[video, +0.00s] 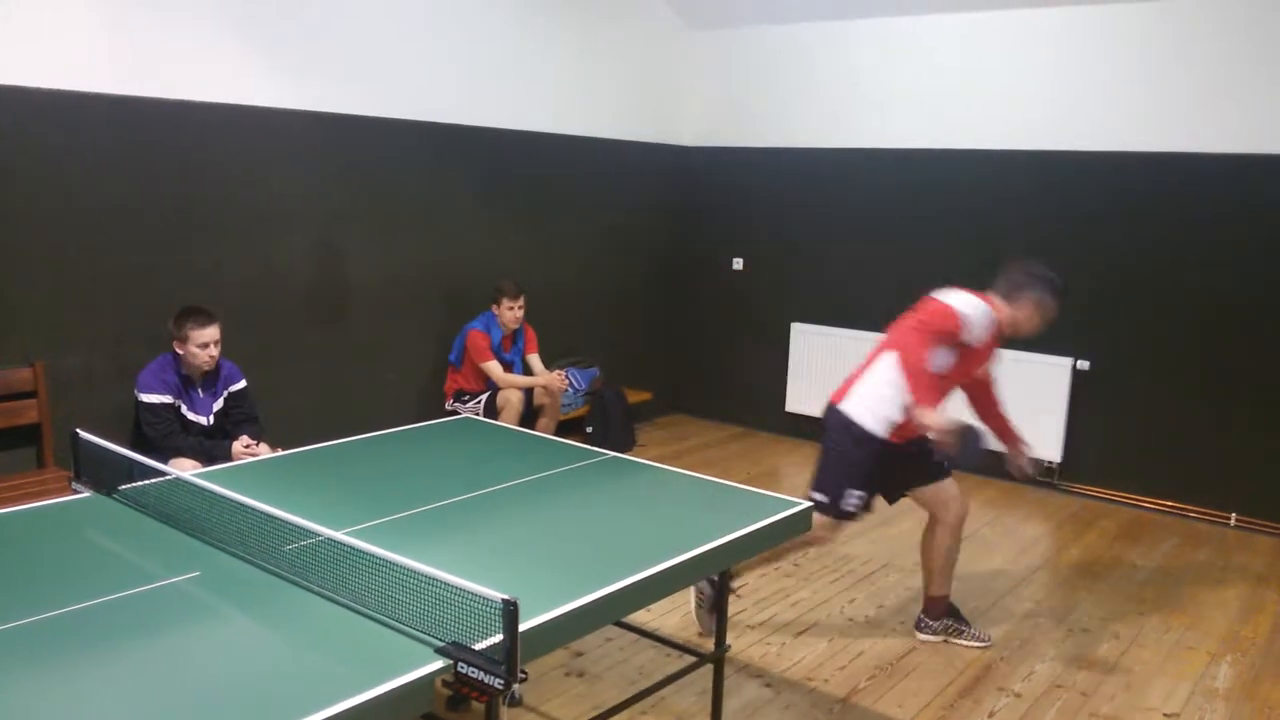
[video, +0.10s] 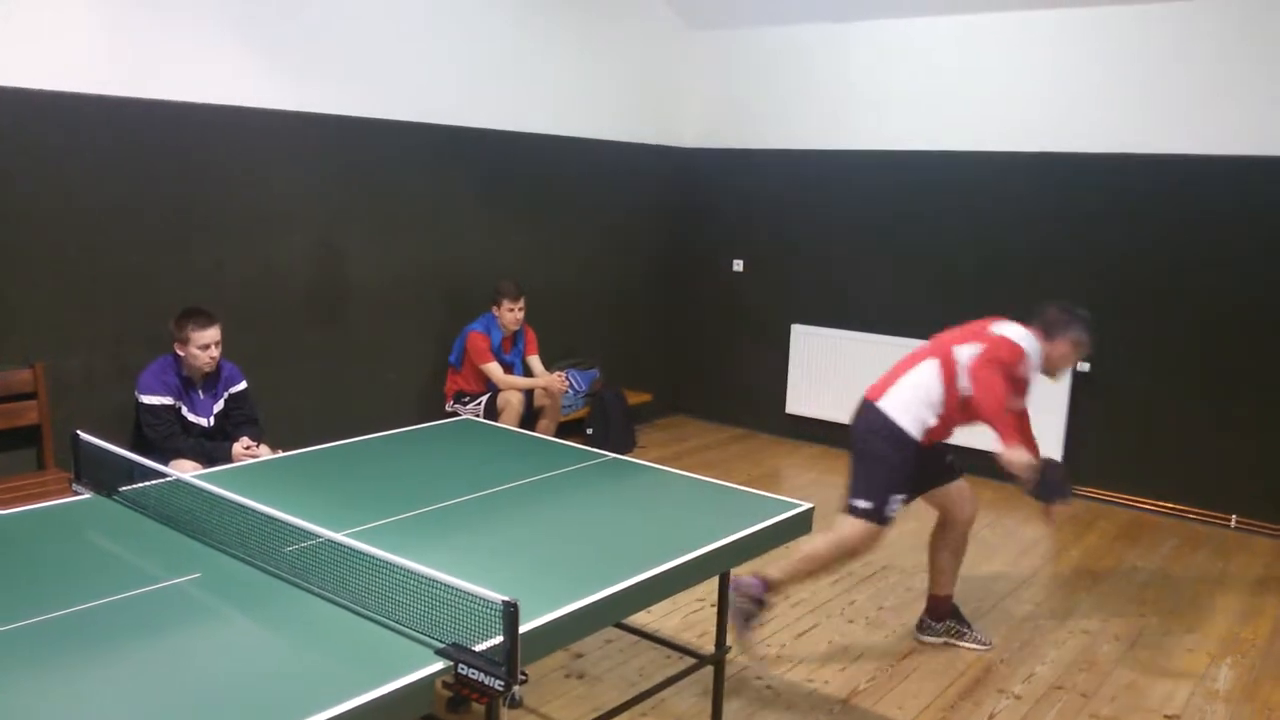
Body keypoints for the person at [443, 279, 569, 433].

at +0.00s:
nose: (517, 314)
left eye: (520, 308)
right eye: (510, 309)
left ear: (525, 308)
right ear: (495, 309)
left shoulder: (525, 332)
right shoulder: (476, 333)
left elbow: (540, 371)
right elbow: (500, 380)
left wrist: (553, 380)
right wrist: (545, 381)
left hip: (498, 394)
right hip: (462, 400)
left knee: (552, 395)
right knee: (514, 397)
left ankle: (540, 455)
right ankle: (501, 455)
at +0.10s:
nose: (517, 316)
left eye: (520, 310)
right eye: (510, 311)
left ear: (525, 309)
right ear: (496, 311)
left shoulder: (525, 333)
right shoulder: (476, 335)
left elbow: (540, 372)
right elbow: (501, 382)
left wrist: (553, 381)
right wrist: (545, 383)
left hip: (498, 395)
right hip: (463, 402)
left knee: (552, 396)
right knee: (514, 398)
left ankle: (540, 457)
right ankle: (501, 457)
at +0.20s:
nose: (520, 315)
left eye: (523, 309)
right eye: (513, 310)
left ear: (527, 308)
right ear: (498, 310)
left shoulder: (528, 333)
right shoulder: (479, 334)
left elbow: (542, 372)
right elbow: (503, 381)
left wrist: (556, 380)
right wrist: (548, 382)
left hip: (501, 395)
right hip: (465, 401)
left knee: (554, 395)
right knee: (516, 398)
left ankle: (543, 456)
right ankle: (505, 456)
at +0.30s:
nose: (517, 316)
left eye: (521, 309)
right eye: (511, 310)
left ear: (525, 309)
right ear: (496, 310)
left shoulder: (525, 333)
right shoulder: (477, 335)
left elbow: (540, 373)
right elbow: (501, 381)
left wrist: (554, 381)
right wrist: (545, 382)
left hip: (499, 395)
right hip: (463, 401)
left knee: (552, 396)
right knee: (514, 398)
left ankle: (539, 456)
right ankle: (500, 455)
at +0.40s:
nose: (504, 320)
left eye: (510, 314)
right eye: (499, 313)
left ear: (520, 316)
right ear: (491, 314)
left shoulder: (523, 339)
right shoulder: (474, 340)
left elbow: (538, 379)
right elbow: (498, 388)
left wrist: (552, 387)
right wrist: (542, 388)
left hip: (496, 401)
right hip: (461, 407)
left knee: (550, 403)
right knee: (510, 405)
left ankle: (536, 463)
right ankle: (498, 462)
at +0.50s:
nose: (506, 320)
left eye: (512, 315)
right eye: (501, 314)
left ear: (522, 317)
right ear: (494, 315)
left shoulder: (526, 339)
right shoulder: (477, 341)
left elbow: (539, 379)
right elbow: (500, 388)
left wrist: (553, 387)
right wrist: (545, 388)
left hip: (499, 401)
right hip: (463, 407)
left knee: (551, 403)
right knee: (513, 405)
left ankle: (539, 464)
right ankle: (501, 463)